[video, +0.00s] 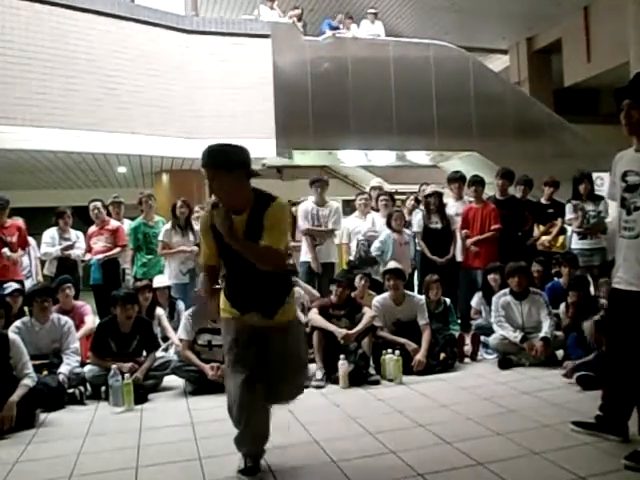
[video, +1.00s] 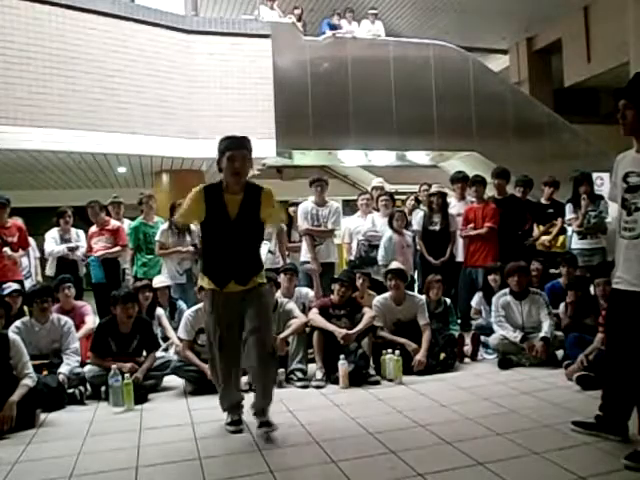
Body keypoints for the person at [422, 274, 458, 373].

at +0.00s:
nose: (435, 292)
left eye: (437, 288)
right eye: (432, 289)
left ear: (441, 289)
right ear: (427, 291)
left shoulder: (447, 303)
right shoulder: (421, 303)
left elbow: (453, 322)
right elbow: (421, 322)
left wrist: (452, 334)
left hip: (444, 332)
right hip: (429, 333)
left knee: (449, 339)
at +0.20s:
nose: (435, 292)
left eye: (437, 288)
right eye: (432, 289)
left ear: (441, 289)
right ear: (427, 291)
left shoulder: (447, 303)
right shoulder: (421, 303)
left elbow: (453, 322)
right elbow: (421, 322)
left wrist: (452, 334)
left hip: (444, 331)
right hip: (429, 332)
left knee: (449, 338)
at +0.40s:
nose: (435, 292)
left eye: (438, 288)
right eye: (432, 289)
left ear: (441, 289)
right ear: (427, 290)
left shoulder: (446, 303)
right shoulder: (421, 303)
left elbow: (453, 322)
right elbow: (421, 322)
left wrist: (452, 334)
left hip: (444, 331)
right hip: (429, 332)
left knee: (449, 338)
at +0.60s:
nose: (435, 291)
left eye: (438, 288)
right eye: (432, 288)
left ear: (441, 289)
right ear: (427, 290)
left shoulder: (446, 303)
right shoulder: (421, 302)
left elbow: (453, 322)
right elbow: (421, 322)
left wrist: (452, 334)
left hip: (444, 332)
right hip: (429, 332)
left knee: (449, 338)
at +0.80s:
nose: (435, 291)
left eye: (438, 288)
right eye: (432, 288)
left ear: (442, 290)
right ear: (427, 290)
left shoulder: (447, 303)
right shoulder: (421, 302)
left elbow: (453, 322)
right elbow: (420, 322)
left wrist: (452, 334)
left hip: (444, 332)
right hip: (428, 332)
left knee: (449, 338)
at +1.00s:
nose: (436, 291)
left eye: (439, 288)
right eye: (432, 288)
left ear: (442, 290)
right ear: (427, 290)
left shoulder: (447, 303)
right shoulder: (422, 303)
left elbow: (453, 322)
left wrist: (452, 334)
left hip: (444, 332)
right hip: (428, 332)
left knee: (450, 339)